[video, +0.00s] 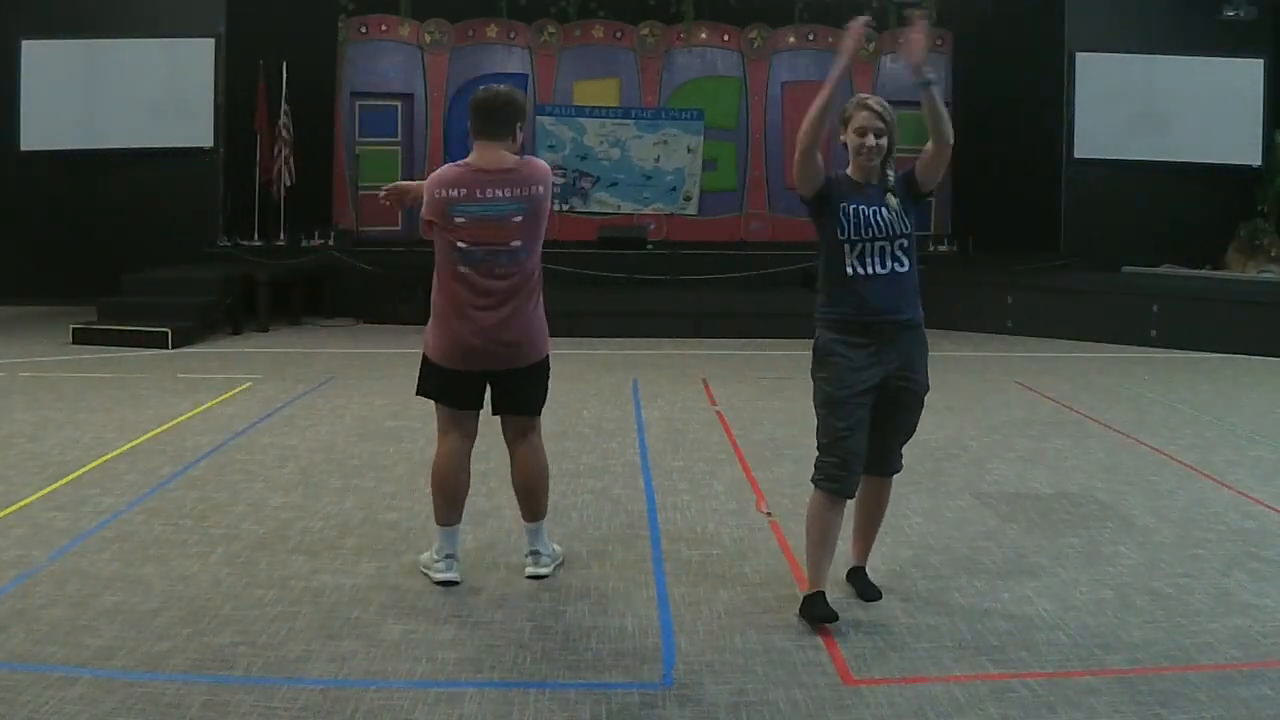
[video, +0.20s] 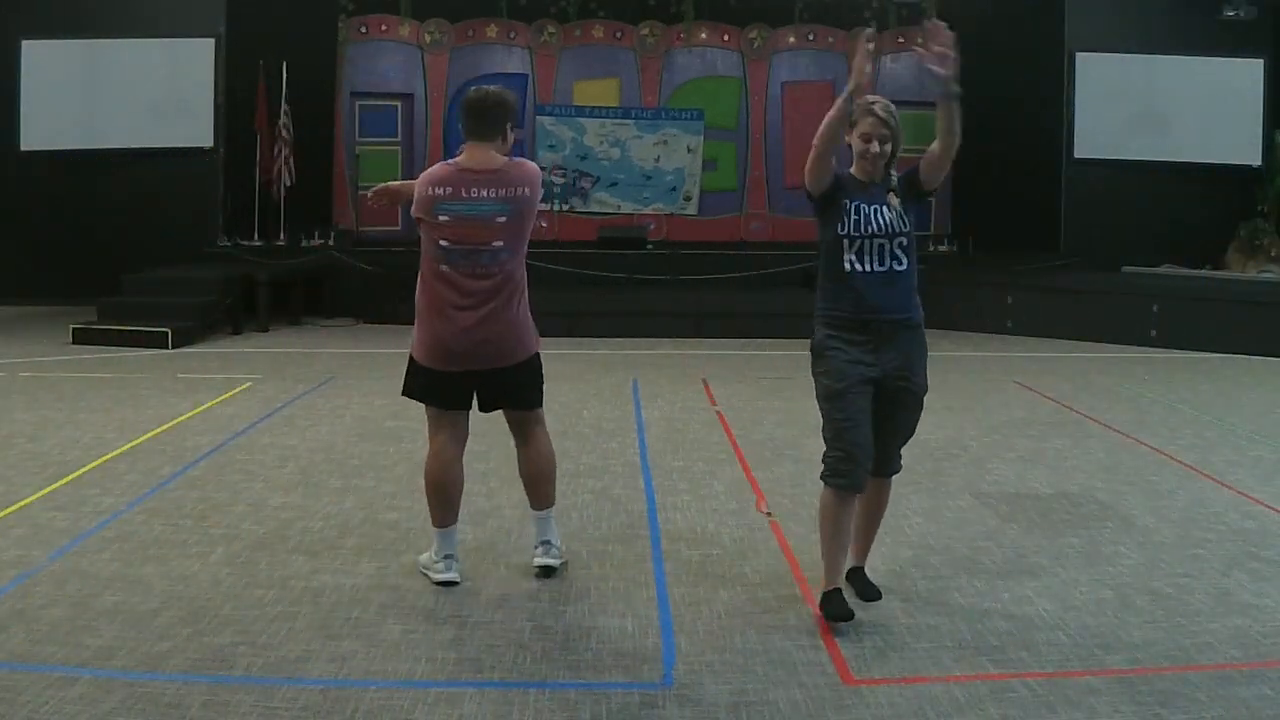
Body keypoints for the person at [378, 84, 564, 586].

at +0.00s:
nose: (525, 134)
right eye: (525, 127)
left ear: (470, 127)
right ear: (519, 131)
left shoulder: (443, 181)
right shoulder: (539, 177)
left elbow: (432, 229)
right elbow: (488, 184)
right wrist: (421, 189)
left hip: (455, 340)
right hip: (522, 339)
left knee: (453, 436)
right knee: (525, 436)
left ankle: (446, 555)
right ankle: (538, 549)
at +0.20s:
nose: (514, 135)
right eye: (515, 129)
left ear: (461, 128)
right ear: (509, 132)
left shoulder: (432, 181)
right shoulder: (528, 178)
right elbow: (475, 182)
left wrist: (400, 189)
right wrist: (405, 189)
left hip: (440, 341)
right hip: (508, 340)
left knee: (445, 437)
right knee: (530, 428)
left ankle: (445, 556)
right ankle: (547, 543)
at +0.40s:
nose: (518, 136)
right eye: (518, 129)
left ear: (465, 130)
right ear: (513, 132)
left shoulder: (435, 183)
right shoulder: (531, 178)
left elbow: (427, 223)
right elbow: (476, 182)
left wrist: (471, 165)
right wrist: (391, 189)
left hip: (445, 340)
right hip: (512, 340)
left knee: (448, 439)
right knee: (527, 432)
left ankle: (445, 556)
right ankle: (556, 549)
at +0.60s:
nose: (532, 135)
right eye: (532, 128)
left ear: (480, 130)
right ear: (527, 132)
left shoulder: (448, 191)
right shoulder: (546, 177)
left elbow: (441, 231)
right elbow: (497, 186)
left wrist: (479, 171)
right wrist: (405, 201)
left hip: (463, 342)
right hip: (531, 341)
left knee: (460, 439)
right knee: (535, 437)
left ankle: (446, 556)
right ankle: (559, 554)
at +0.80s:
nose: (541, 136)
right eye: (543, 128)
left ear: (491, 130)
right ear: (540, 131)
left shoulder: (463, 193)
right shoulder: (562, 177)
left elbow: (456, 236)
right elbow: (502, 200)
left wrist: (420, 228)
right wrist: (426, 221)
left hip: (483, 344)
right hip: (551, 342)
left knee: (472, 437)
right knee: (549, 436)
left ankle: (448, 553)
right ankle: (560, 554)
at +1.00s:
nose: (548, 134)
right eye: (552, 127)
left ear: (502, 131)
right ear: (550, 131)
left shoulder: (472, 195)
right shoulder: (578, 185)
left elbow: (476, 255)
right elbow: (575, 244)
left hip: (497, 344)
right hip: (565, 343)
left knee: (481, 437)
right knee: (559, 441)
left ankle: (453, 550)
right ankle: (561, 554)